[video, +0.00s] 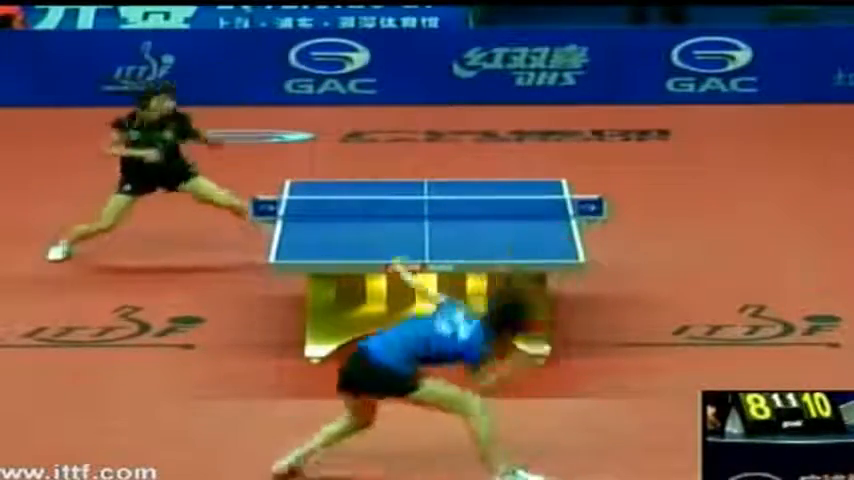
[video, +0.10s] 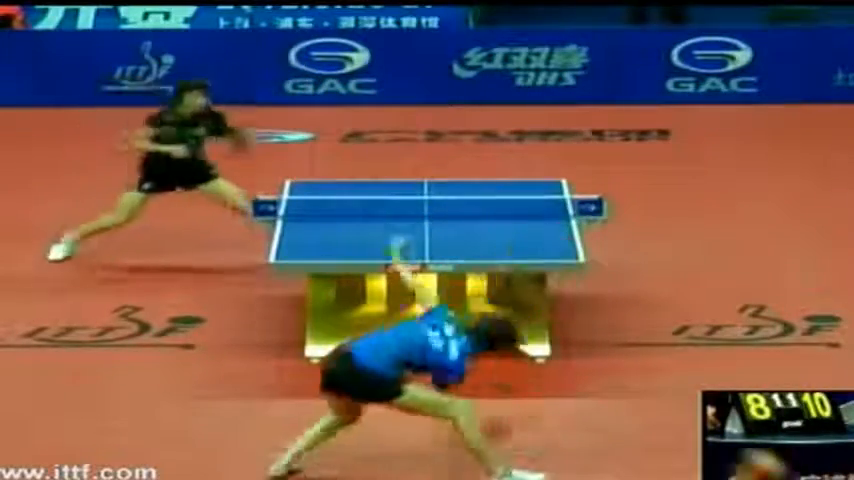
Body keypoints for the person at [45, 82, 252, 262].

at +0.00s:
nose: (167, 106)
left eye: (169, 101)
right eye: (162, 102)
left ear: (171, 104)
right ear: (149, 103)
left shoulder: (177, 121)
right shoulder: (131, 122)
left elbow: (192, 134)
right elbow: (112, 149)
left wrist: (207, 139)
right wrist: (142, 153)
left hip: (174, 172)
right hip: (138, 177)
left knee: (223, 199)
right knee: (105, 225)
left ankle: (267, 224)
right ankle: (66, 244)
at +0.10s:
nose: (201, 102)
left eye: (203, 98)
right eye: (195, 98)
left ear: (205, 100)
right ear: (182, 99)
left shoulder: (210, 118)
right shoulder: (162, 119)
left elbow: (229, 134)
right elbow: (137, 143)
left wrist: (240, 138)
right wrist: (168, 149)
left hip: (193, 170)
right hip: (157, 173)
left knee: (239, 200)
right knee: (122, 217)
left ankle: (278, 239)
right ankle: (70, 239)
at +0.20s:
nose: (239, 98)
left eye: (243, 93)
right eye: (235, 92)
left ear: (246, 97)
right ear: (224, 92)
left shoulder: (244, 116)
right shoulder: (201, 113)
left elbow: (258, 142)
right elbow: (168, 133)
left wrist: (273, 143)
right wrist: (200, 141)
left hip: (218, 164)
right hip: (185, 164)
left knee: (256, 198)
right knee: (151, 215)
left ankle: (282, 246)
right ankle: (98, 237)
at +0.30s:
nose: (258, 95)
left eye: (260, 90)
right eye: (253, 89)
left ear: (262, 94)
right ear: (240, 91)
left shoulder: (259, 117)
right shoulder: (215, 110)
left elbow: (273, 143)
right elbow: (179, 129)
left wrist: (291, 150)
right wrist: (209, 138)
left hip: (228, 164)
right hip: (195, 163)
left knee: (261, 197)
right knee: (180, 212)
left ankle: (281, 247)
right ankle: (129, 240)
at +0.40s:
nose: (272, 97)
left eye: (274, 93)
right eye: (267, 92)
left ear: (275, 96)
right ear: (253, 94)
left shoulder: (273, 120)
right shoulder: (229, 111)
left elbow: (287, 152)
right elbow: (185, 124)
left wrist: (313, 158)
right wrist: (214, 136)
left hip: (236, 161)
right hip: (206, 160)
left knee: (268, 201)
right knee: (208, 211)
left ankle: (285, 252)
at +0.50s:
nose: (278, 101)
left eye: (281, 97)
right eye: (273, 96)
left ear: (281, 100)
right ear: (259, 97)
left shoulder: (276, 124)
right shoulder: (231, 113)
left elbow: (288, 154)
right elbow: (189, 124)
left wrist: (318, 163)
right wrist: (213, 138)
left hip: (243, 167)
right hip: (212, 165)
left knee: (275, 207)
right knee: (213, 219)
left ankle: (282, 254)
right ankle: (184, 257)